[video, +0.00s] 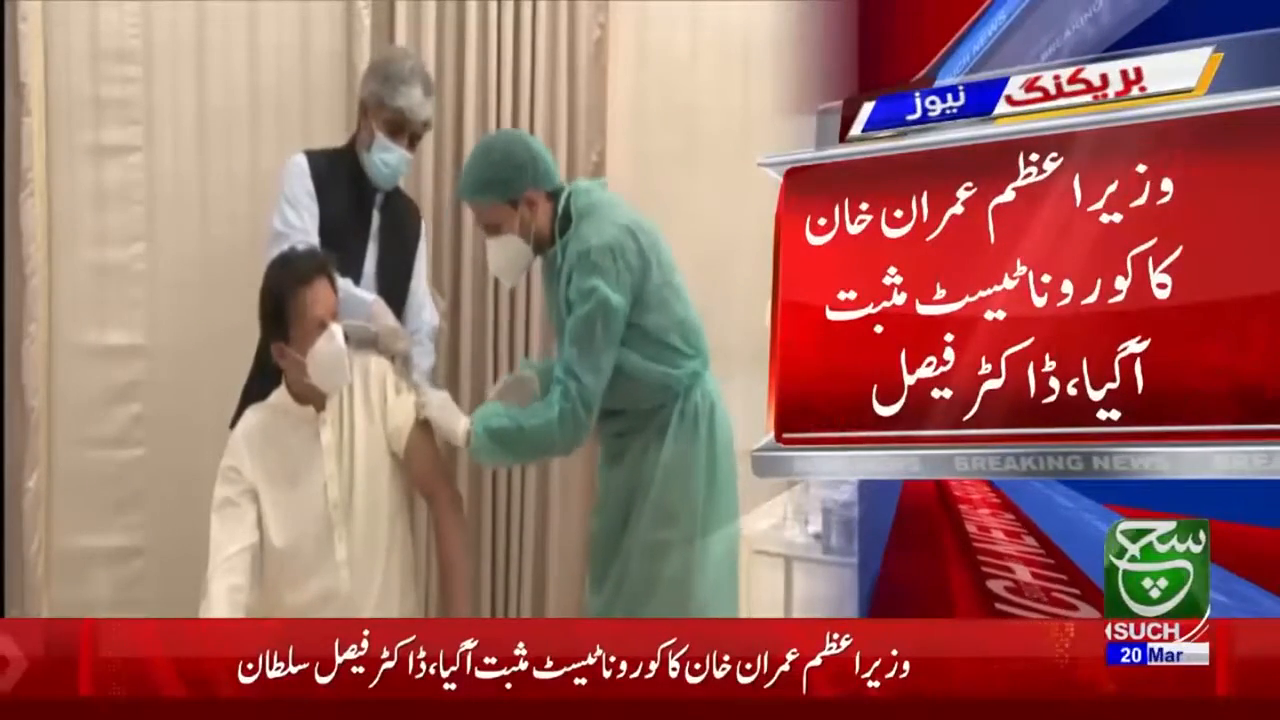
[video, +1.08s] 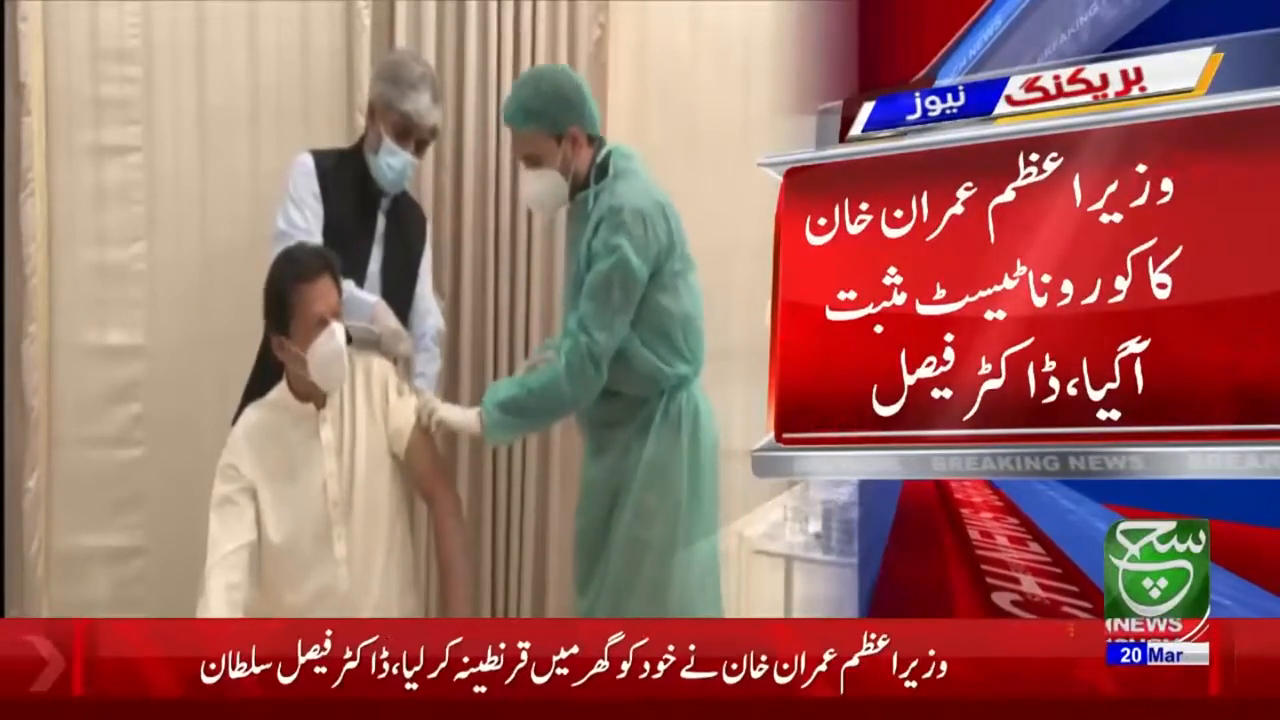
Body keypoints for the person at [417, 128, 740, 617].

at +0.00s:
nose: (493, 242)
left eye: (495, 228)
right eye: (487, 230)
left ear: (532, 204)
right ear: (531, 204)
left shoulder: (599, 248)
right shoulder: (568, 235)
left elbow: (569, 418)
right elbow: (583, 363)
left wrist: (471, 430)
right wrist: (532, 382)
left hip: (674, 435)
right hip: (631, 433)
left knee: (653, 599)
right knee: (615, 592)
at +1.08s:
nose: (528, 173)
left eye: (534, 159)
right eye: (523, 160)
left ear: (576, 141)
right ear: (572, 142)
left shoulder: (626, 209)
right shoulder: (596, 197)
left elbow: (586, 356)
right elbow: (588, 324)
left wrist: (486, 417)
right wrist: (554, 355)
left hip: (658, 429)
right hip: (622, 426)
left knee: (639, 602)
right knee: (608, 595)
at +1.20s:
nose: (495, 239)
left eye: (497, 220)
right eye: (486, 222)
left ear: (543, 183)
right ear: (543, 182)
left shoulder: (635, 220)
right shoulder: (584, 219)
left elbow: (588, 448)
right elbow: (585, 400)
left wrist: (457, 456)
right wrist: (500, 395)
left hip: (749, 456)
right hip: (677, 462)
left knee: (724, 653)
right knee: (655, 649)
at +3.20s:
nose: (496, 255)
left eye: (498, 238)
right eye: (487, 242)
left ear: (544, 199)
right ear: (544, 198)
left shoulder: (634, 233)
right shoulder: (581, 230)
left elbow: (591, 457)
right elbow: (571, 399)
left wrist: (460, 468)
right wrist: (487, 399)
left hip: (750, 468)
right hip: (678, 475)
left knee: (731, 664)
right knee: (655, 661)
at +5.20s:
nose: (495, 266)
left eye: (498, 249)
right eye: (487, 252)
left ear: (543, 209)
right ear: (544, 209)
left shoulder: (634, 247)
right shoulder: (581, 244)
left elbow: (588, 475)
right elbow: (568, 413)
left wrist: (456, 486)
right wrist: (481, 414)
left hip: (750, 477)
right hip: (677, 484)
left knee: (738, 663)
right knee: (657, 660)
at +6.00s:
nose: (498, 276)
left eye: (500, 259)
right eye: (489, 262)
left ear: (544, 219)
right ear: (545, 219)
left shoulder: (636, 259)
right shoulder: (582, 251)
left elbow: (591, 487)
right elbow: (576, 422)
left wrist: (459, 499)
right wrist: (488, 422)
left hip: (748, 489)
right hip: (675, 496)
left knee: (744, 676)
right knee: (659, 675)